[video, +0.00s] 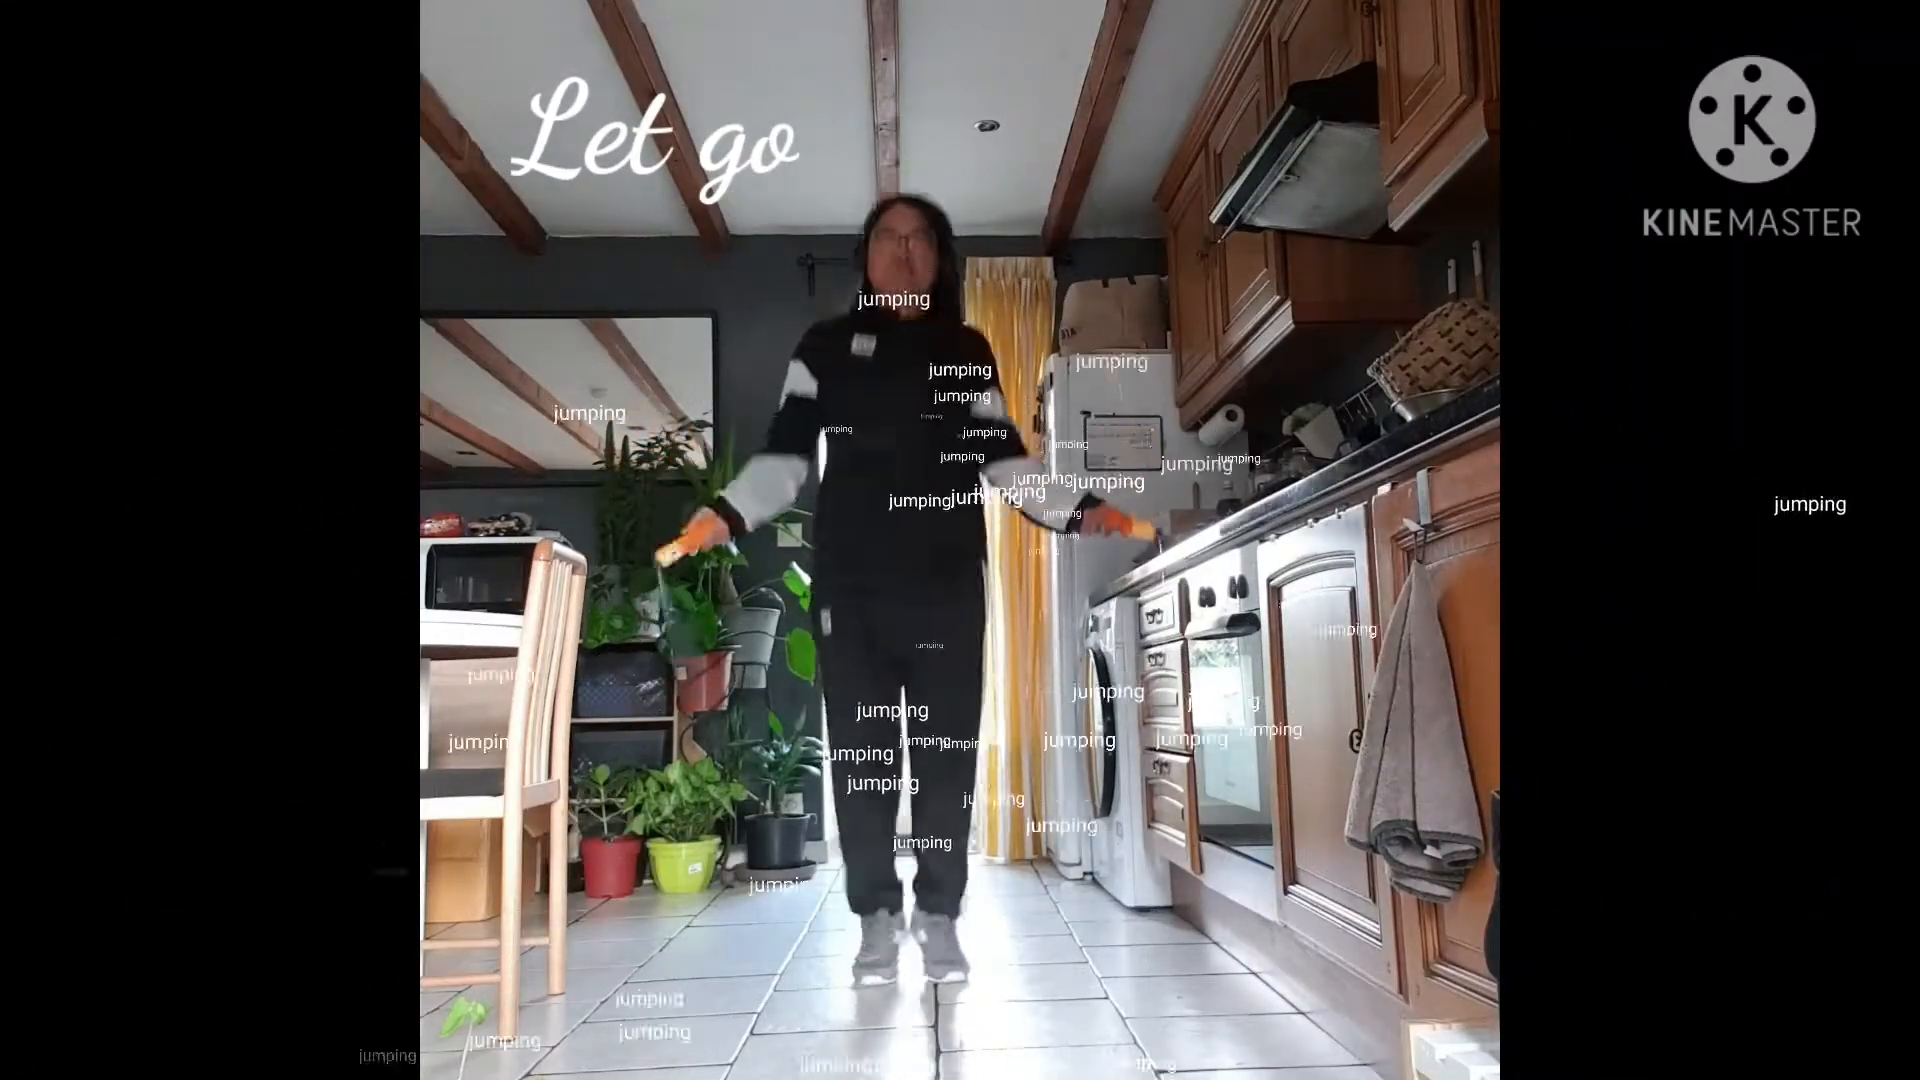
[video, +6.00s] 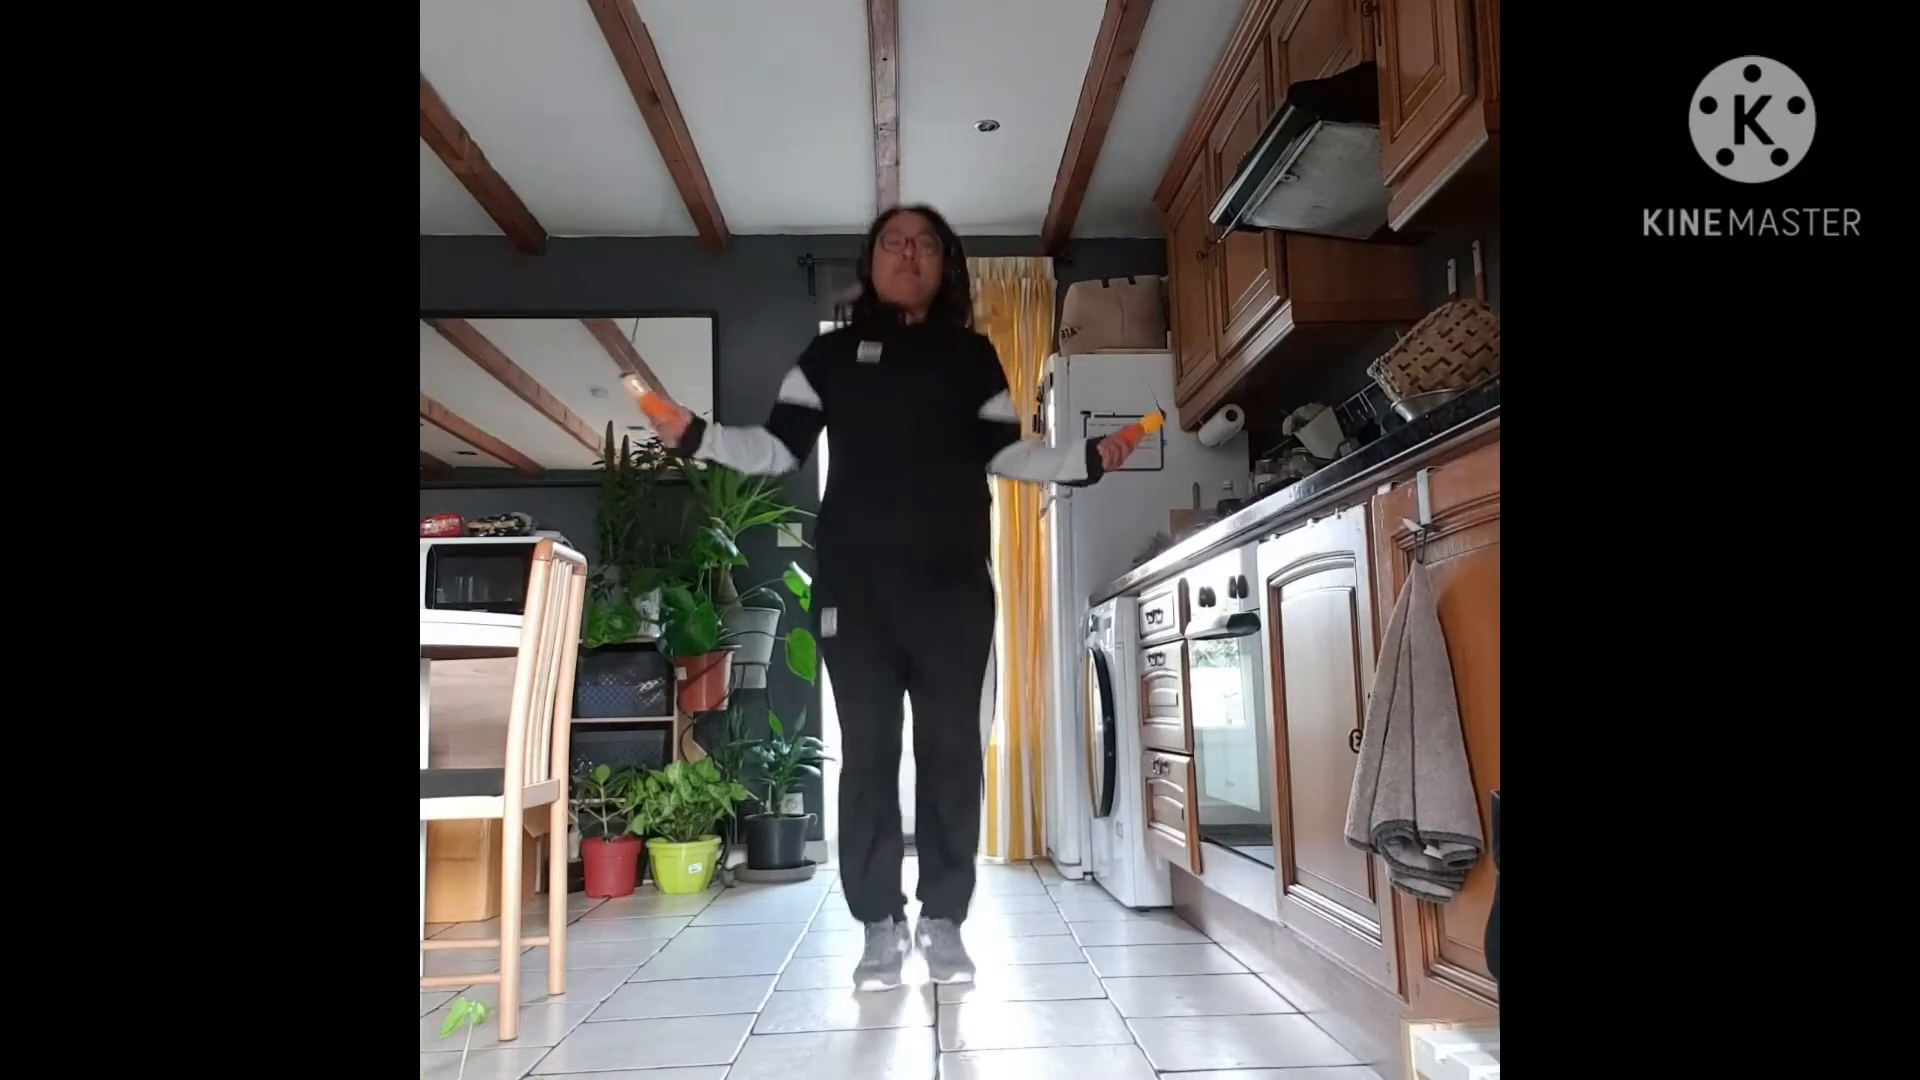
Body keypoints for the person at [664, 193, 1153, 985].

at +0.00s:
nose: (904, 248)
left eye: (920, 237)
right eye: (888, 235)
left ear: (941, 258)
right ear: (864, 254)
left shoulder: (967, 350)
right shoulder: (828, 347)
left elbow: (1003, 461)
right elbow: (788, 457)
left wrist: (1082, 510)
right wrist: (723, 515)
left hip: (948, 584)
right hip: (852, 583)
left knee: (947, 754)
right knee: (863, 754)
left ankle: (939, 916)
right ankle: (875, 916)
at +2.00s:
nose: (910, 236)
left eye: (926, 226)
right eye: (895, 225)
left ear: (949, 250)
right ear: (871, 247)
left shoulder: (972, 335)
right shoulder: (835, 332)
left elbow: (1009, 439)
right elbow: (784, 434)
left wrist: (1098, 460)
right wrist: (693, 446)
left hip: (953, 562)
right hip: (859, 561)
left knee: (952, 739)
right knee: (870, 740)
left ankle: (942, 909)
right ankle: (882, 912)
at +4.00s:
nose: (907, 229)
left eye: (923, 220)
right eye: (893, 217)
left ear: (946, 243)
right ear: (869, 238)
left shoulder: (971, 329)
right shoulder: (832, 327)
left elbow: (1015, 445)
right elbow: (790, 439)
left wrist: (1084, 506)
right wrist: (727, 494)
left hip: (950, 565)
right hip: (855, 563)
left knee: (947, 742)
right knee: (867, 743)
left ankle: (944, 909)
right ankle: (877, 906)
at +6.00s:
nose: (907, 253)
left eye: (923, 243)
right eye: (892, 242)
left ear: (947, 267)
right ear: (868, 264)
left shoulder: (971, 355)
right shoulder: (831, 353)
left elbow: (1006, 454)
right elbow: (777, 448)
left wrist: (1088, 459)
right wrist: (695, 436)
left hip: (952, 582)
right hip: (856, 581)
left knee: (951, 753)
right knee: (868, 755)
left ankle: (944, 922)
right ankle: (880, 926)